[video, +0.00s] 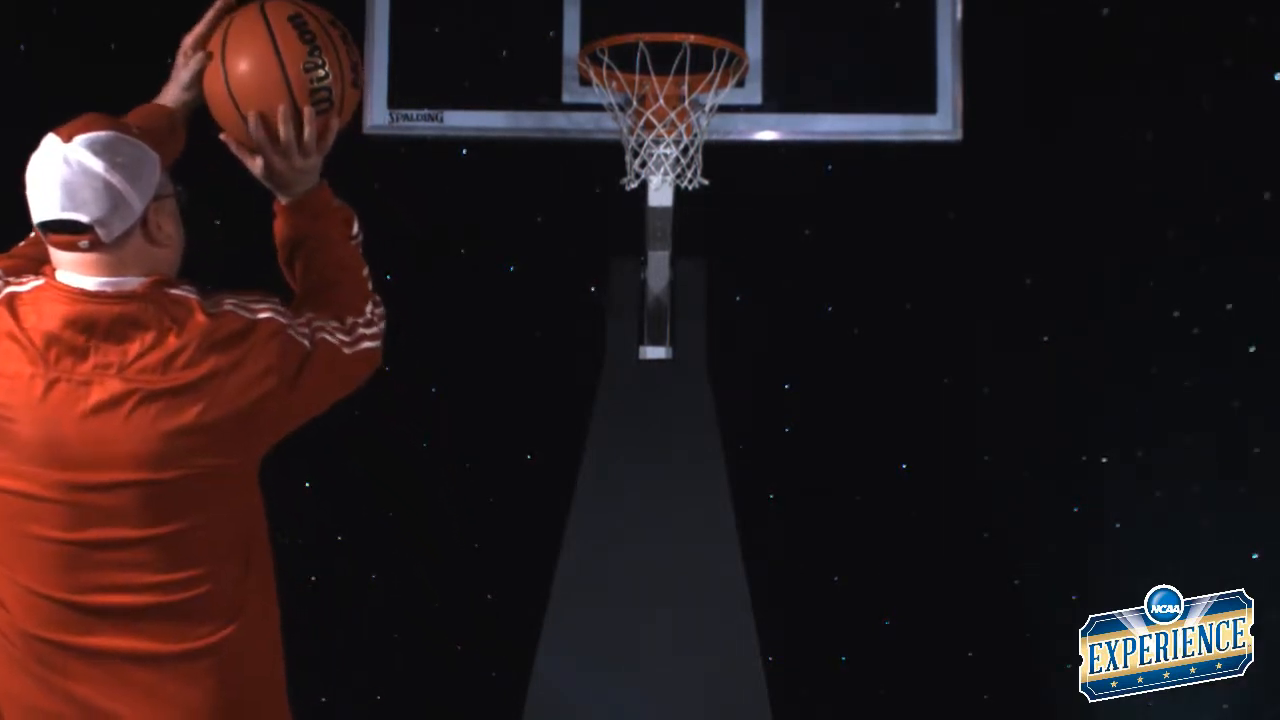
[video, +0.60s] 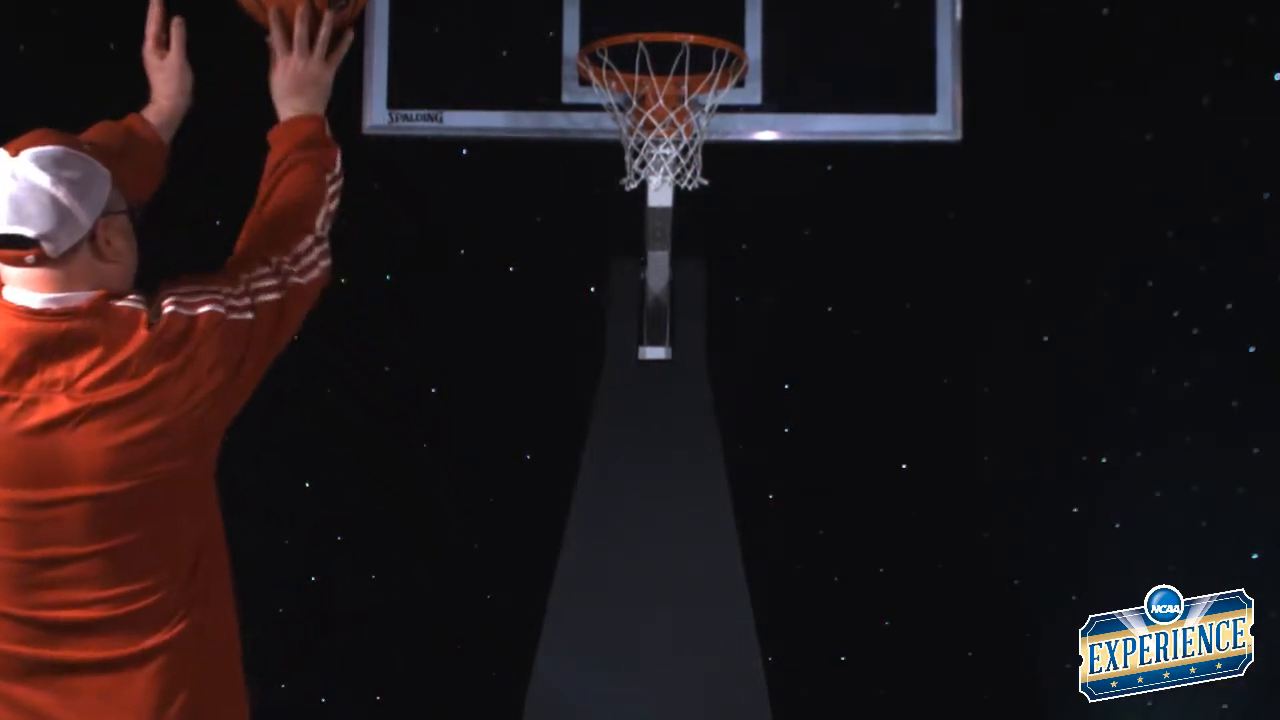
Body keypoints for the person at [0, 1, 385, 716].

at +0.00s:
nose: (176, 210)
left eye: (169, 195)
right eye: (169, 198)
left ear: (50, 224)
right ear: (154, 222)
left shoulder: (3, 325)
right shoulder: (223, 353)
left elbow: (63, 215)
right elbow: (355, 332)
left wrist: (170, 105)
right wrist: (305, 199)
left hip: (33, 698)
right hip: (200, 700)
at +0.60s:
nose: (130, 229)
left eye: (123, 216)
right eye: (121, 219)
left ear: (18, 242)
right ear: (99, 243)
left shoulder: (3, 337)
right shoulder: (160, 358)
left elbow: (34, 190)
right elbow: (288, 261)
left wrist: (157, 119)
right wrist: (303, 118)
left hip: (19, 699)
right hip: (161, 702)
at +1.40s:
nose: (60, 281)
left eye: (45, 272)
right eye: (46, 279)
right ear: (31, 319)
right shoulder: (96, 419)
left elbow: (10, 259)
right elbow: (188, 258)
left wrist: (93, 179)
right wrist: (234, 94)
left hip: (17, 700)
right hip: (127, 701)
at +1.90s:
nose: (22, 353)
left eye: (14, 346)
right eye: (13, 350)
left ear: (12, 378)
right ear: (1, 383)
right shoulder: (40, 500)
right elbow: (186, 335)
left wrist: (18, 248)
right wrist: (176, 155)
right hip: (90, 701)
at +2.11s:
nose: (14, 396)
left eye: (7, 366)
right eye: (7, 367)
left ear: (11, 371)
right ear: (3, 376)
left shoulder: (38, 537)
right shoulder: (33, 539)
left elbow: (190, 371)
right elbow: (190, 368)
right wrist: (159, 194)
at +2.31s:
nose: (9, 414)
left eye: (4, 385)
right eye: (5, 385)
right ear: (4, 409)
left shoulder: (33, 555)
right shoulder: (27, 557)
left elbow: (202, 409)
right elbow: (202, 407)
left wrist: (148, 244)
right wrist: (149, 243)